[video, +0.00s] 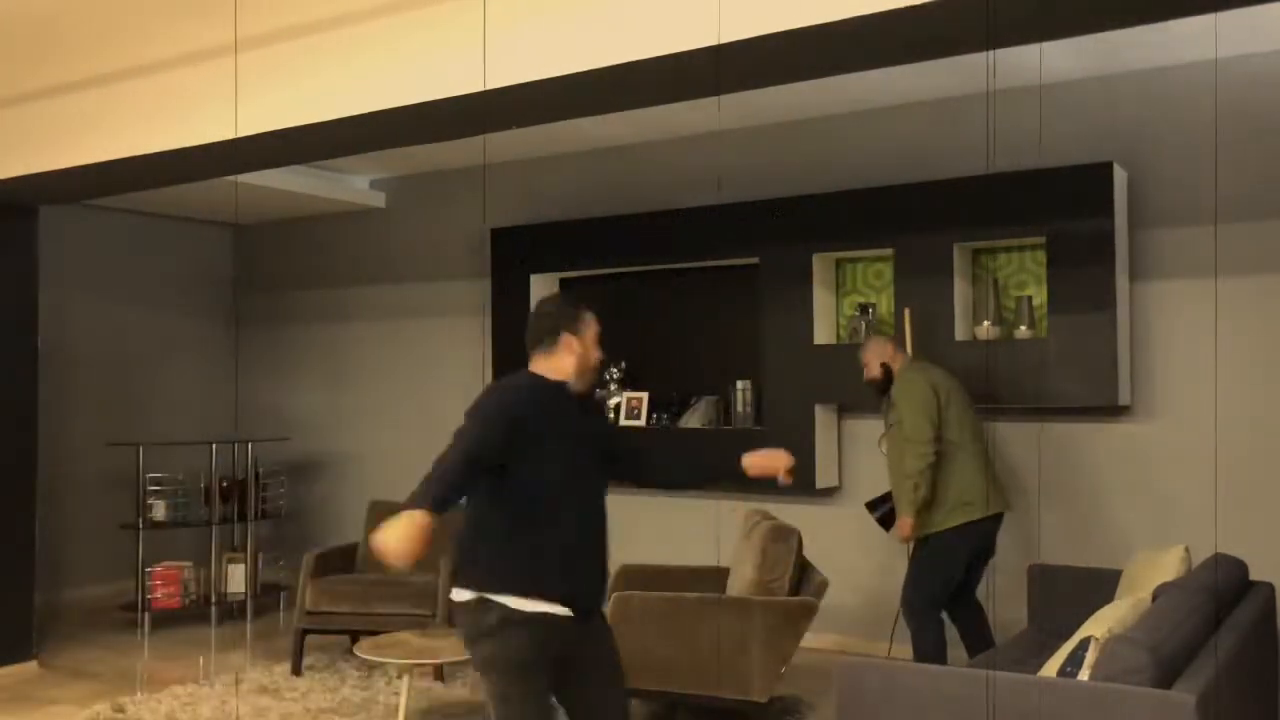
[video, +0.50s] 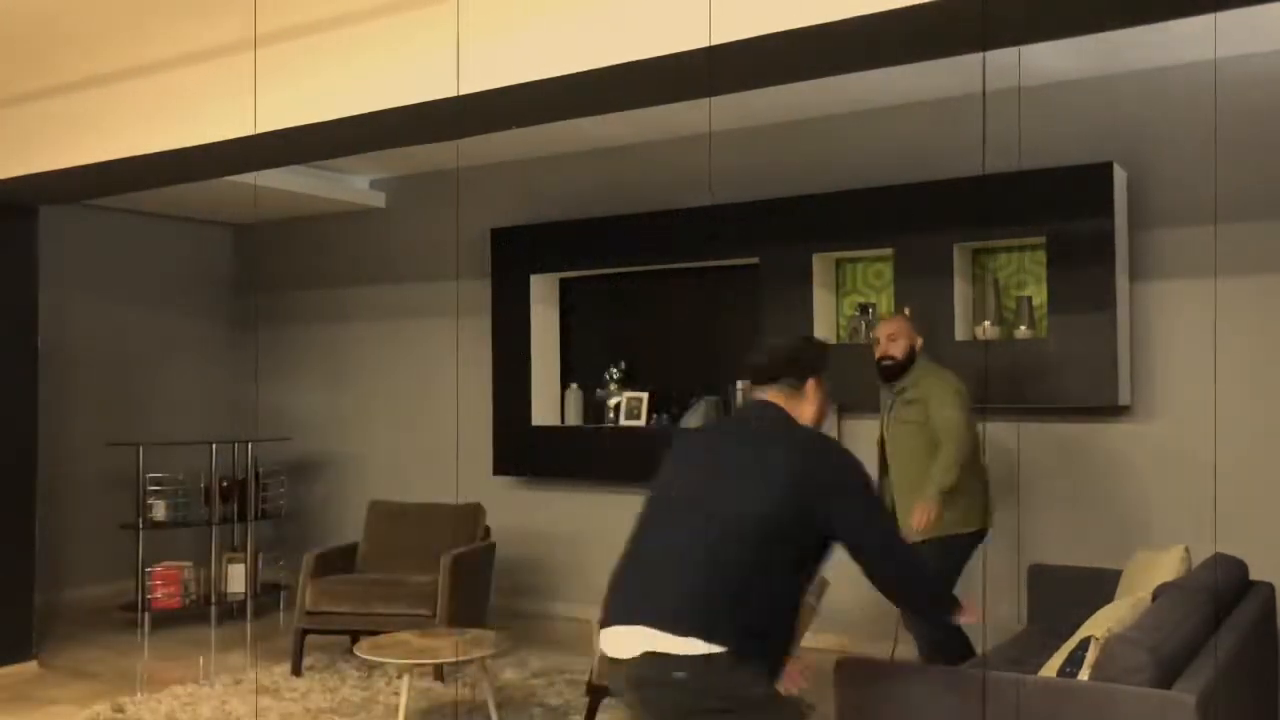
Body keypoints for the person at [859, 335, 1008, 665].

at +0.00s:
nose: (868, 377)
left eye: (869, 366)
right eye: (865, 369)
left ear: (888, 353)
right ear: (894, 352)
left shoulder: (912, 381)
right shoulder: (933, 376)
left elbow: (918, 451)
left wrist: (907, 512)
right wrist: (906, 502)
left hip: (954, 514)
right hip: (982, 509)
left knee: (918, 602)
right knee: (959, 598)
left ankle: (933, 692)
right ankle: (991, 677)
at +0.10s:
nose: (867, 369)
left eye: (870, 359)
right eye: (866, 361)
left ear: (895, 351)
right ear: (899, 351)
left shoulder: (913, 380)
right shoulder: (935, 377)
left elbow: (921, 448)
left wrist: (907, 510)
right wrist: (907, 502)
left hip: (954, 515)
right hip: (982, 511)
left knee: (916, 603)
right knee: (958, 598)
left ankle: (931, 693)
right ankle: (991, 678)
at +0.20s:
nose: (870, 364)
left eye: (874, 354)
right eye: (868, 356)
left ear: (901, 349)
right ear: (903, 352)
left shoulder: (917, 382)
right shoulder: (929, 379)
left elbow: (925, 449)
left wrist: (905, 508)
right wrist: (914, 512)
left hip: (958, 515)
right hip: (978, 513)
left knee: (918, 603)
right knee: (953, 600)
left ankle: (932, 693)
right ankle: (990, 678)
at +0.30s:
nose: (872, 365)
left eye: (879, 356)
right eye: (869, 357)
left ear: (905, 353)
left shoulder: (923, 387)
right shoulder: (908, 392)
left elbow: (934, 451)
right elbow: (921, 457)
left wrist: (910, 510)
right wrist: (905, 503)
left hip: (964, 519)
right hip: (960, 518)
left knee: (917, 602)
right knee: (942, 603)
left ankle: (938, 691)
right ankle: (986, 679)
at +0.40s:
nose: (881, 352)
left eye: (889, 342)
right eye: (874, 347)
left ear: (910, 346)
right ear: (869, 356)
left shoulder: (927, 385)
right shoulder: (901, 393)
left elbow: (942, 449)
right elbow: (913, 458)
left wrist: (926, 506)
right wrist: (900, 504)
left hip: (960, 515)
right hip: (940, 518)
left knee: (920, 606)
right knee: (926, 605)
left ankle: (941, 692)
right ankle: (974, 680)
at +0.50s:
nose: (884, 349)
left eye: (893, 339)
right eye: (878, 342)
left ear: (915, 343)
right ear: (873, 349)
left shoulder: (940, 385)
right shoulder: (897, 393)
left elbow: (956, 445)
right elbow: (897, 466)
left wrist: (934, 496)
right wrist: (886, 516)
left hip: (955, 520)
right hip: (917, 523)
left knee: (921, 603)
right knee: (918, 605)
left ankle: (967, 684)